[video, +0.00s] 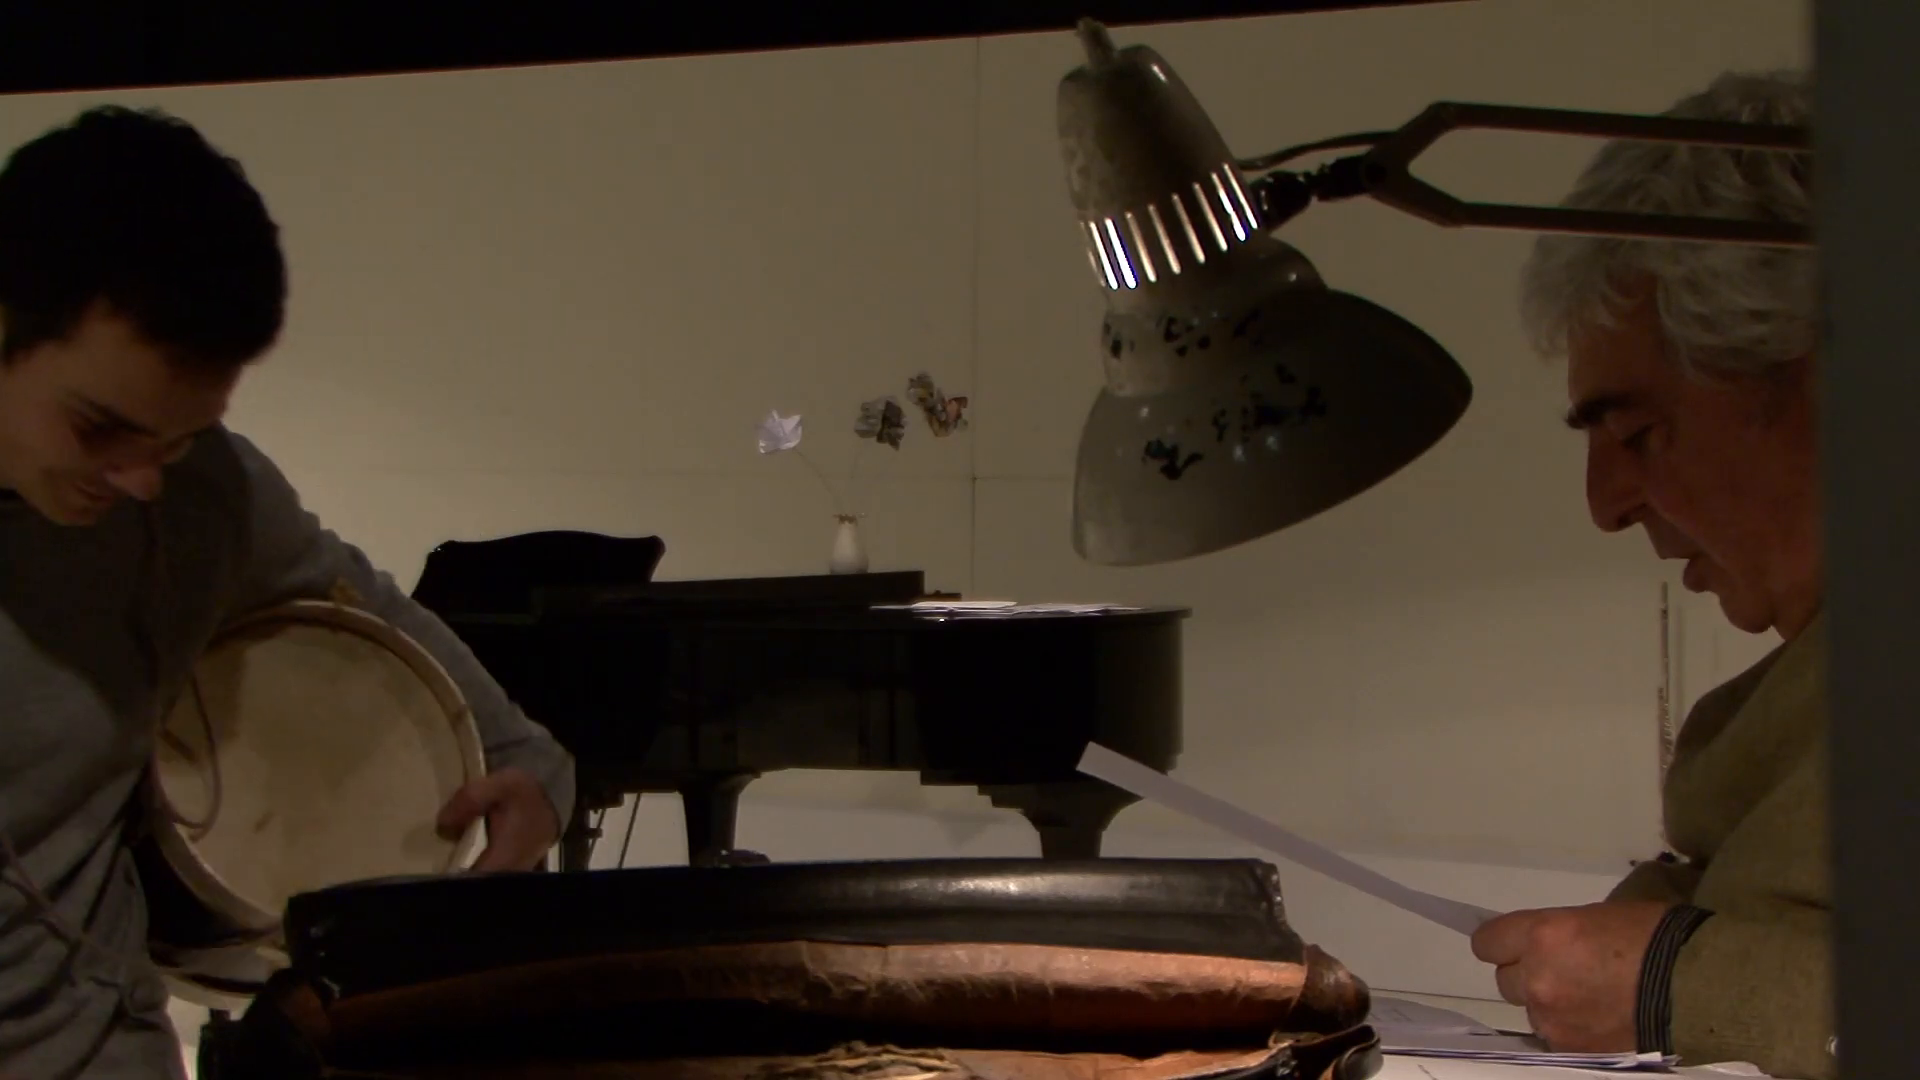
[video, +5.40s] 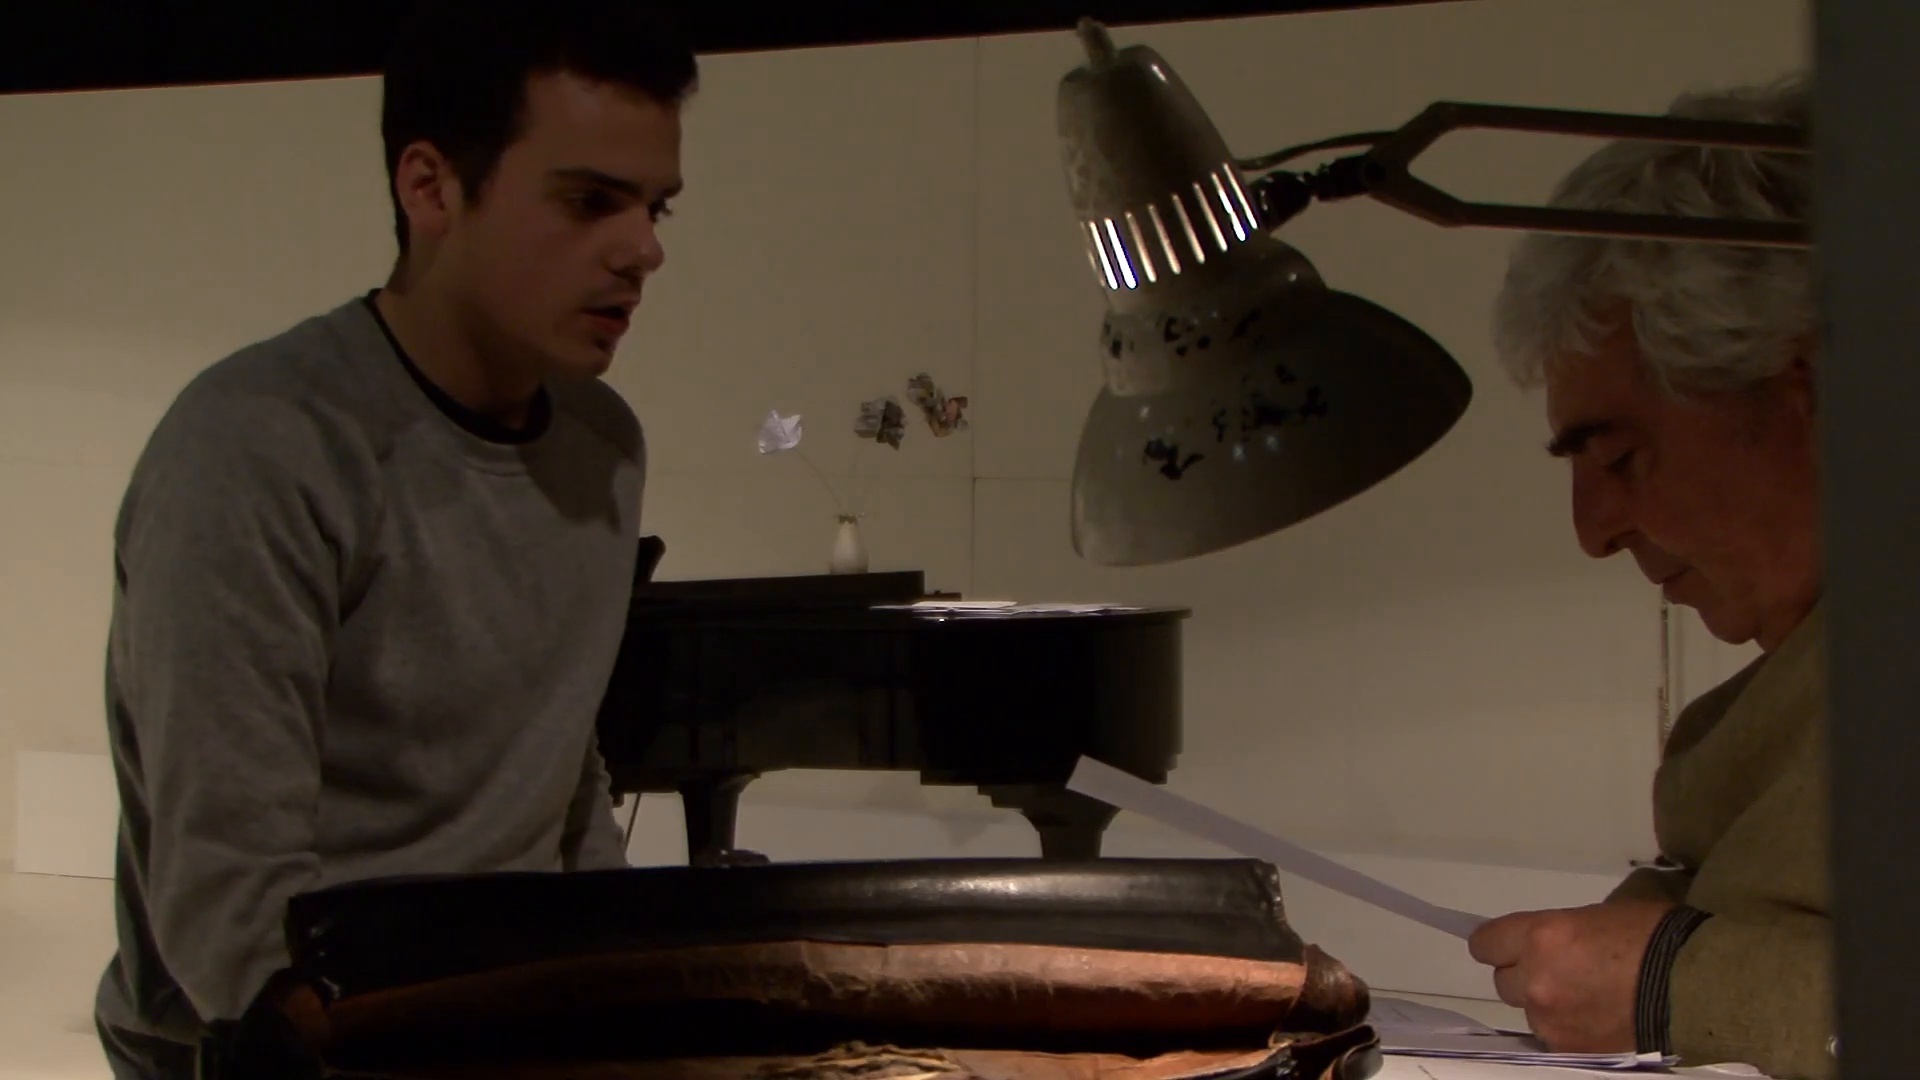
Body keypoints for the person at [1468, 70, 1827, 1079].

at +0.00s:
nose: (1608, 506)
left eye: (1636, 430)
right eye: (1597, 441)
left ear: (1815, 372)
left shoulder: (1875, 658)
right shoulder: (1797, 676)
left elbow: (1895, 1007)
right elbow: (1749, 871)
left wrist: (1673, 983)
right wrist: (1653, 927)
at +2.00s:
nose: (1602, 518)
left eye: (1625, 439)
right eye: (1589, 451)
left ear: (1809, 381)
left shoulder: (1872, 657)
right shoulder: (1795, 670)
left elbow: (1892, 1006)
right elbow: (1737, 873)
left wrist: (1673, 984)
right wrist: (1646, 942)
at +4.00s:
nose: (1600, 522)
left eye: (1624, 443)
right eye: (1589, 456)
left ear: (1807, 382)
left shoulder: (1871, 654)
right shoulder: (1796, 667)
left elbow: (1892, 1004)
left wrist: (1673, 984)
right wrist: (1645, 943)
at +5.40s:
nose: (1594, 533)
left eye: (1617, 455)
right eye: (1582, 470)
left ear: (1800, 383)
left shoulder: (1872, 661)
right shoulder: (1783, 685)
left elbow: (1889, 1008)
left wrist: (1674, 983)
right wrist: (1654, 930)